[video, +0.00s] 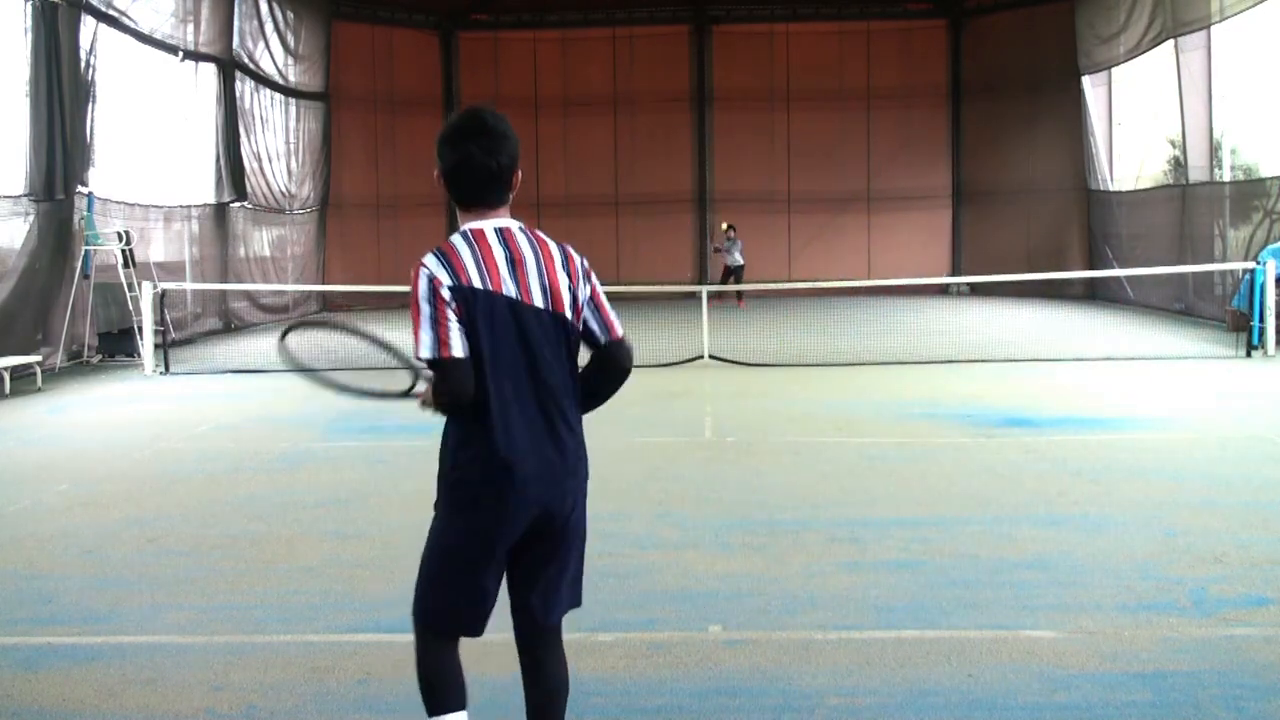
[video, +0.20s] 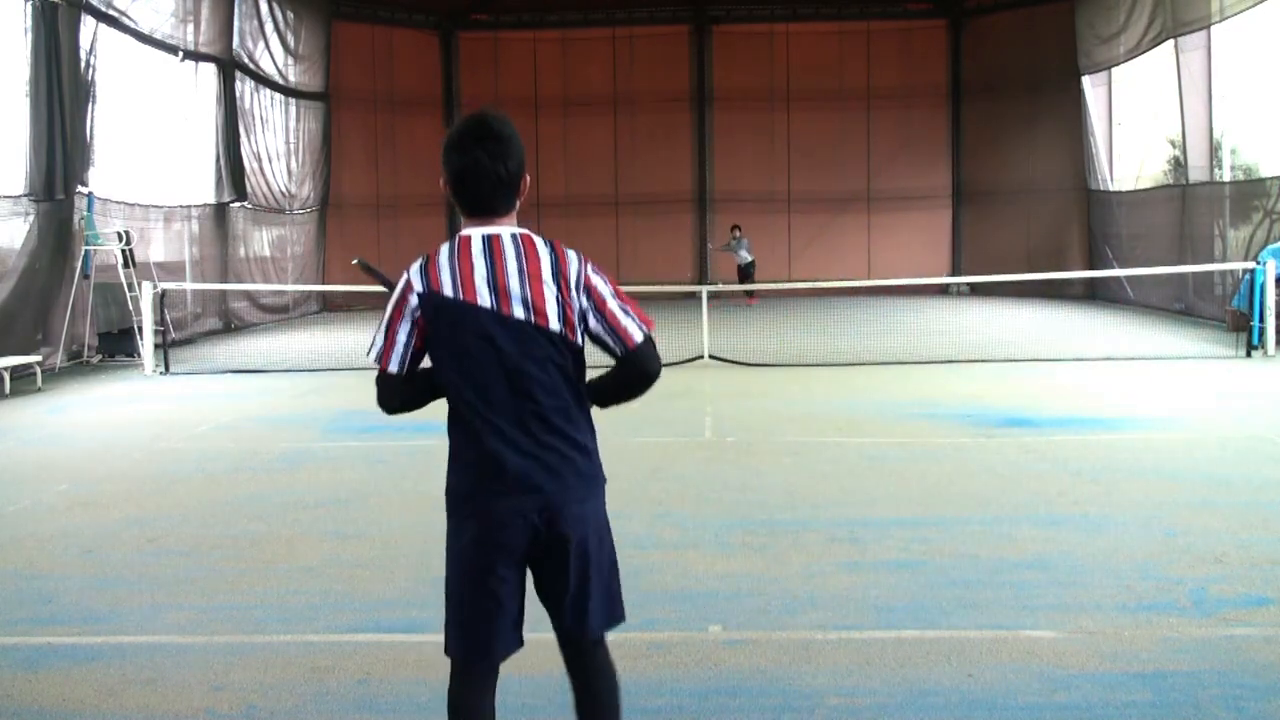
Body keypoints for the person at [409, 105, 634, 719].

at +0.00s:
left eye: (441, 171)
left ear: (443, 183)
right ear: (517, 178)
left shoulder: (440, 268)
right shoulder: (563, 259)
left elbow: (457, 387)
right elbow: (617, 356)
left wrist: (436, 395)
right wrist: (566, 404)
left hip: (485, 485)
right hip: (560, 479)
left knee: (436, 625)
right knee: (542, 628)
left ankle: (452, 719)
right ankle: (549, 719)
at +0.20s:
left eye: (445, 176)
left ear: (447, 188)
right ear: (525, 186)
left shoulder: (425, 276)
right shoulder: (568, 267)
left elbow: (392, 395)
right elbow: (644, 364)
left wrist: (459, 370)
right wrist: (582, 396)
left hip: (483, 500)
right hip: (570, 492)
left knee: (475, 663)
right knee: (587, 647)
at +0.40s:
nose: (577, 163)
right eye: (575, 155)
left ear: (496, 170)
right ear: (573, 166)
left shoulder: (466, 257)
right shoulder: (610, 254)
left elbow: (442, 374)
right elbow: (672, 368)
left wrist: (499, 350)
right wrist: (607, 401)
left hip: (508, 490)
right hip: (598, 487)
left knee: (494, 658)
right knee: (646, 644)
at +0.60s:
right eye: (631, 176)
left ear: (552, 192)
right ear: (631, 189)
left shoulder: (528, 285)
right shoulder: (672, 279)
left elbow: (523, 410)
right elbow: (735, 392)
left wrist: (576, 378)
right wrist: (667, 432)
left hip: (566, 515)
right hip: (656, 513)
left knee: (503, 673)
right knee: (683, 680)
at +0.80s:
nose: (638, 144)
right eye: (638, 135)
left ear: (558, 149)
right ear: (637, 147)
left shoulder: (528, 240)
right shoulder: (678, 235)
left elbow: (523, 364)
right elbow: (741, 347)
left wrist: (583, 366)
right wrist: (687, 399)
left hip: (570, 478)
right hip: (662, 477)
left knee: (520, 649)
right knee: (698, 653)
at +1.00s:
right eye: (631, 204)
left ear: (551, 222)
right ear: (629, 216)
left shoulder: (521, 316)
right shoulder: (670, 304)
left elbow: (519, 440)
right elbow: (732, 422)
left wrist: (574, 479)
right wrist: (672, 480)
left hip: (562, 541)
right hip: (655, 538)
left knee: (525, 697)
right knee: (714, 693)